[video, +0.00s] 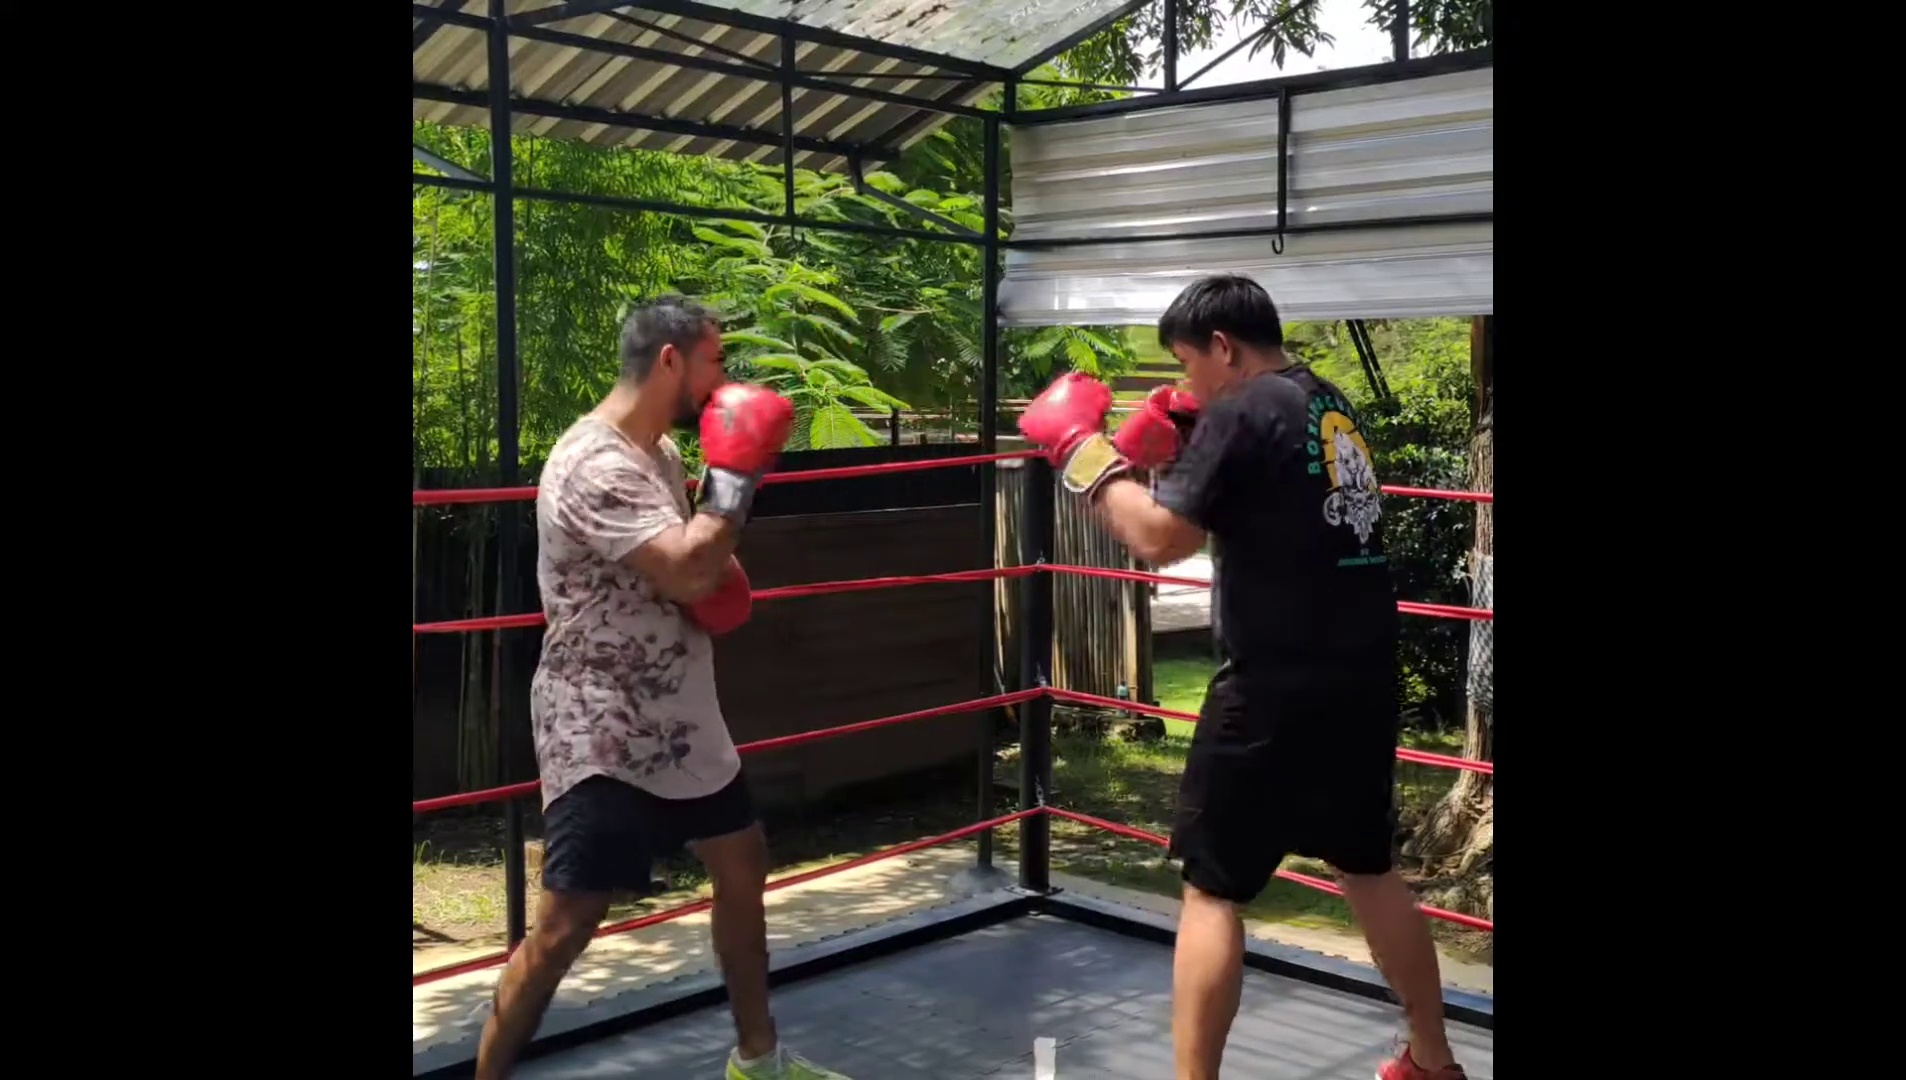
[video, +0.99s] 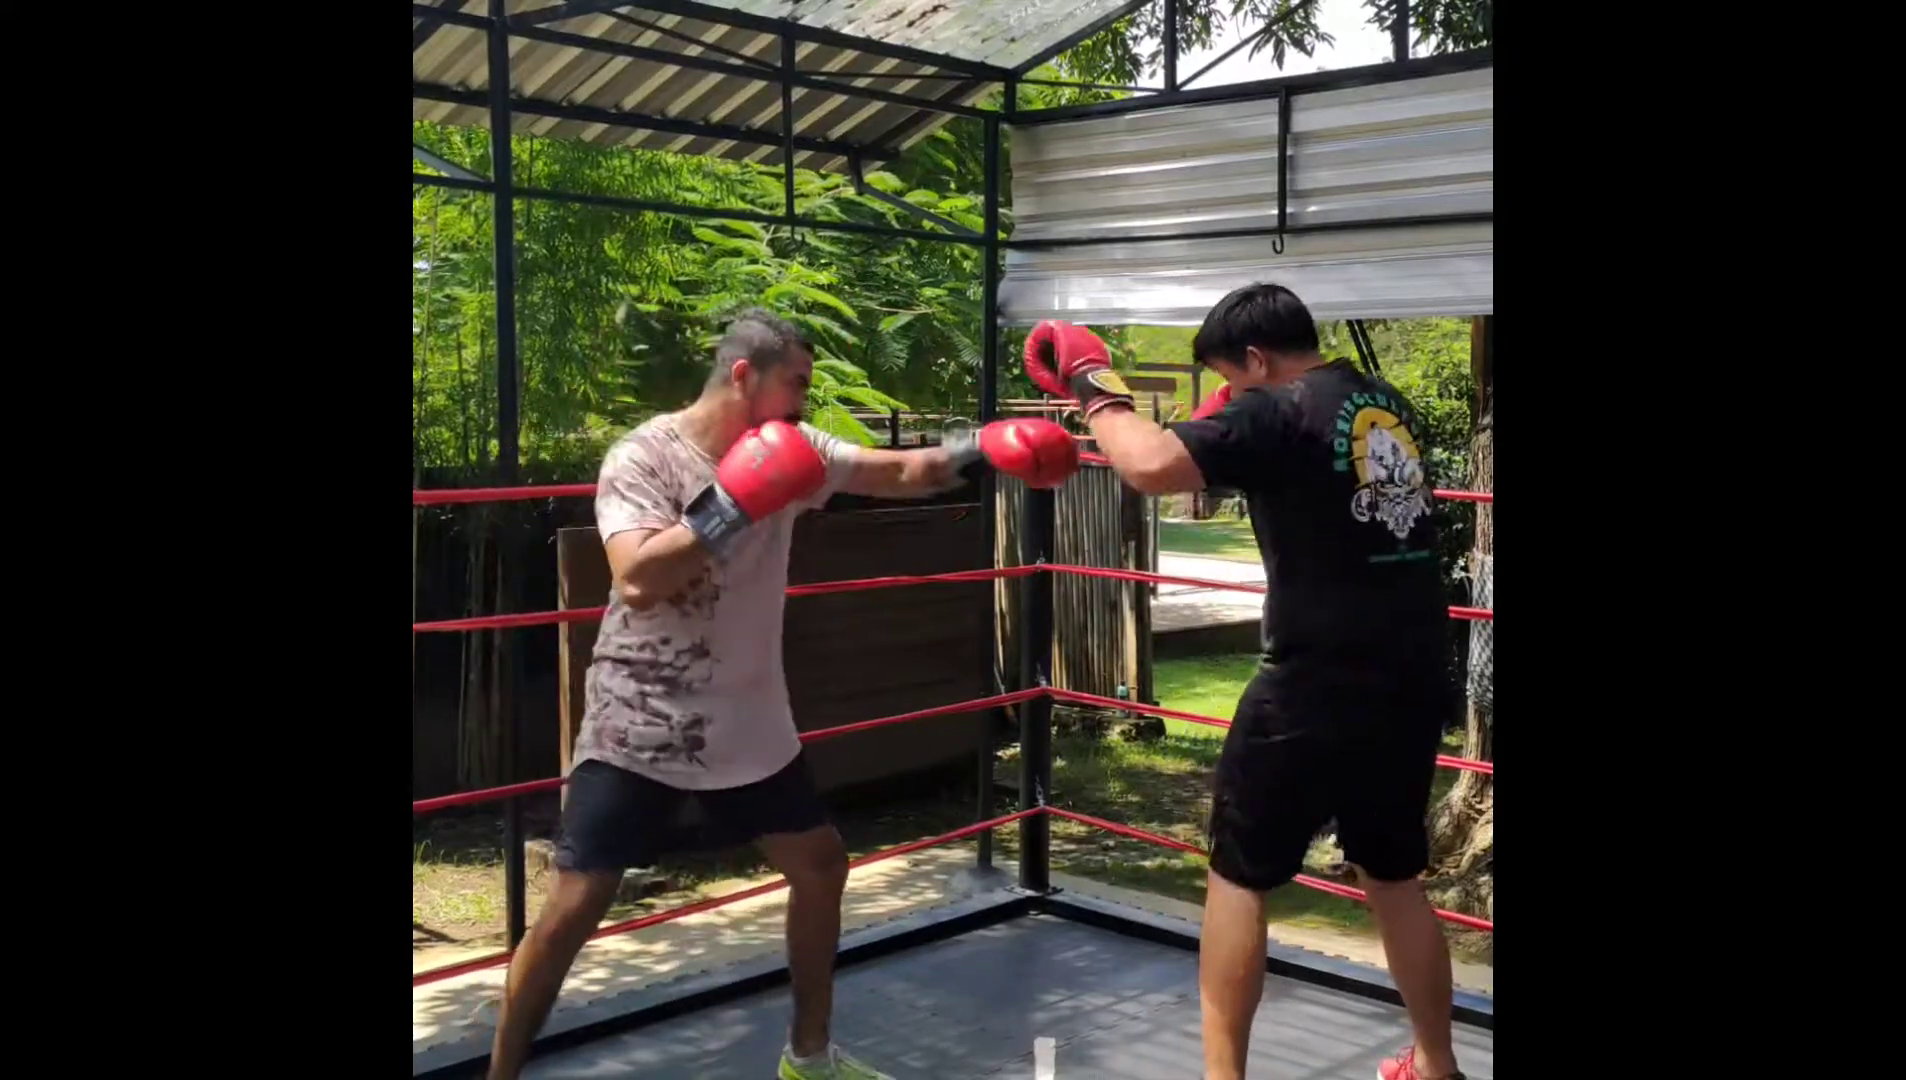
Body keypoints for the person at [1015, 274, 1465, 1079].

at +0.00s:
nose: (1183, 386)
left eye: (1182, 367)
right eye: (1175, 371)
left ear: (1224, 347)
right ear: (1265, 343)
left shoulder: (1242, 414)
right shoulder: (1328, 402)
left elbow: (1157, 537)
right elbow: (1274, 516)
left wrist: (1087, 461)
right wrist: (1184, 456)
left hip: (1269, 687)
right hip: (1360, 683)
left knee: (1213, 889)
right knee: (1370, 869)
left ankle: (1195, 1072)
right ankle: (1434, 1056)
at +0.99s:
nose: (1227, 395)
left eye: (1226, 379)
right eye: (1220, 381)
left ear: (1257, 359)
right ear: (1306, 351)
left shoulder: (1281, 412)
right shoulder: (1384, 402)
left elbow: (1149, 463)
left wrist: (1095, 394)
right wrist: (1230, 427)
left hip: (1312, 681)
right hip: (1412, 685)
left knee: (1238, 874)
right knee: (1396, 874)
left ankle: (1224, 1068)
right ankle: (1437, 1063)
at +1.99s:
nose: (1212, 380)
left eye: (1212, 362)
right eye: (1208, 364)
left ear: (1250, 344)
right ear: (1288, 342)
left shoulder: (1266, 407)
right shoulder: (1359, 395)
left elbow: (1167, 510)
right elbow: (1298, 491)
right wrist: (1219, 435)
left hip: (1289, 681)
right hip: (1385, 677)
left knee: (1230, 874)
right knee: (1385, 866)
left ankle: (1219, 1070)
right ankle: (1433, 1059)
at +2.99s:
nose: (1231, 385)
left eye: (1229, 370)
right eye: (1223, 372)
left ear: (1264, 353)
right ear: (1306, 345)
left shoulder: (1289, 414)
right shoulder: (1374, 397)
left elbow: (1179, 496)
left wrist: (1112, 412)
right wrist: (1242, 426)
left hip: (1313, 680)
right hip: (1409, 679)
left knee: (1248, 874)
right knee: (1393, 869)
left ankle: (1241, 1070)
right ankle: (1436, 1062)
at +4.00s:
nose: (1208, 386)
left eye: (1209, 367)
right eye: (1201, 371)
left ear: (1251, 346)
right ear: (1273, 343)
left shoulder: (1280, 425)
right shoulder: (1348, 401)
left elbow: (1226, 561)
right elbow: (1294, 532)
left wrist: (1168, 464)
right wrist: (1217, 447)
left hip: (1304, 685)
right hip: (1389, 682)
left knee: (1245, 880)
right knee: (1388, 867)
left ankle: (1227, 1072)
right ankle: (1435, 1059)